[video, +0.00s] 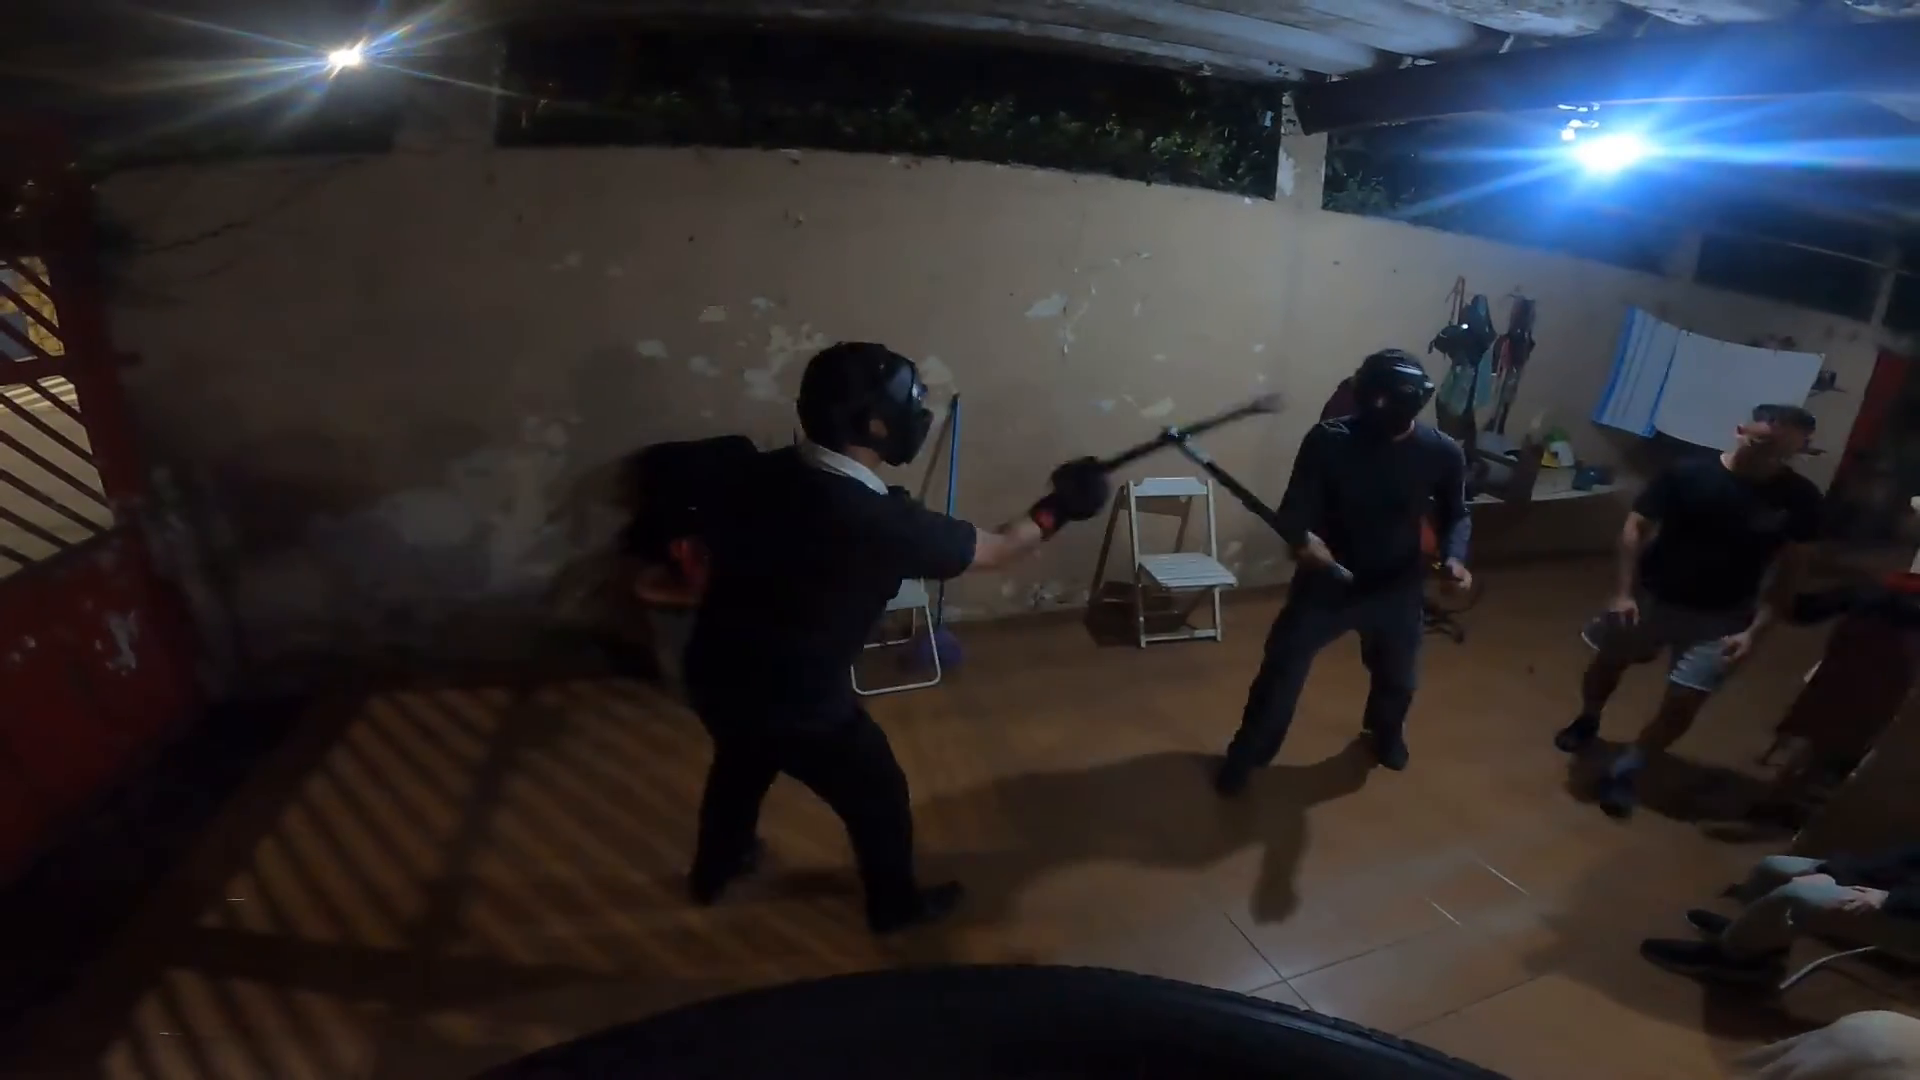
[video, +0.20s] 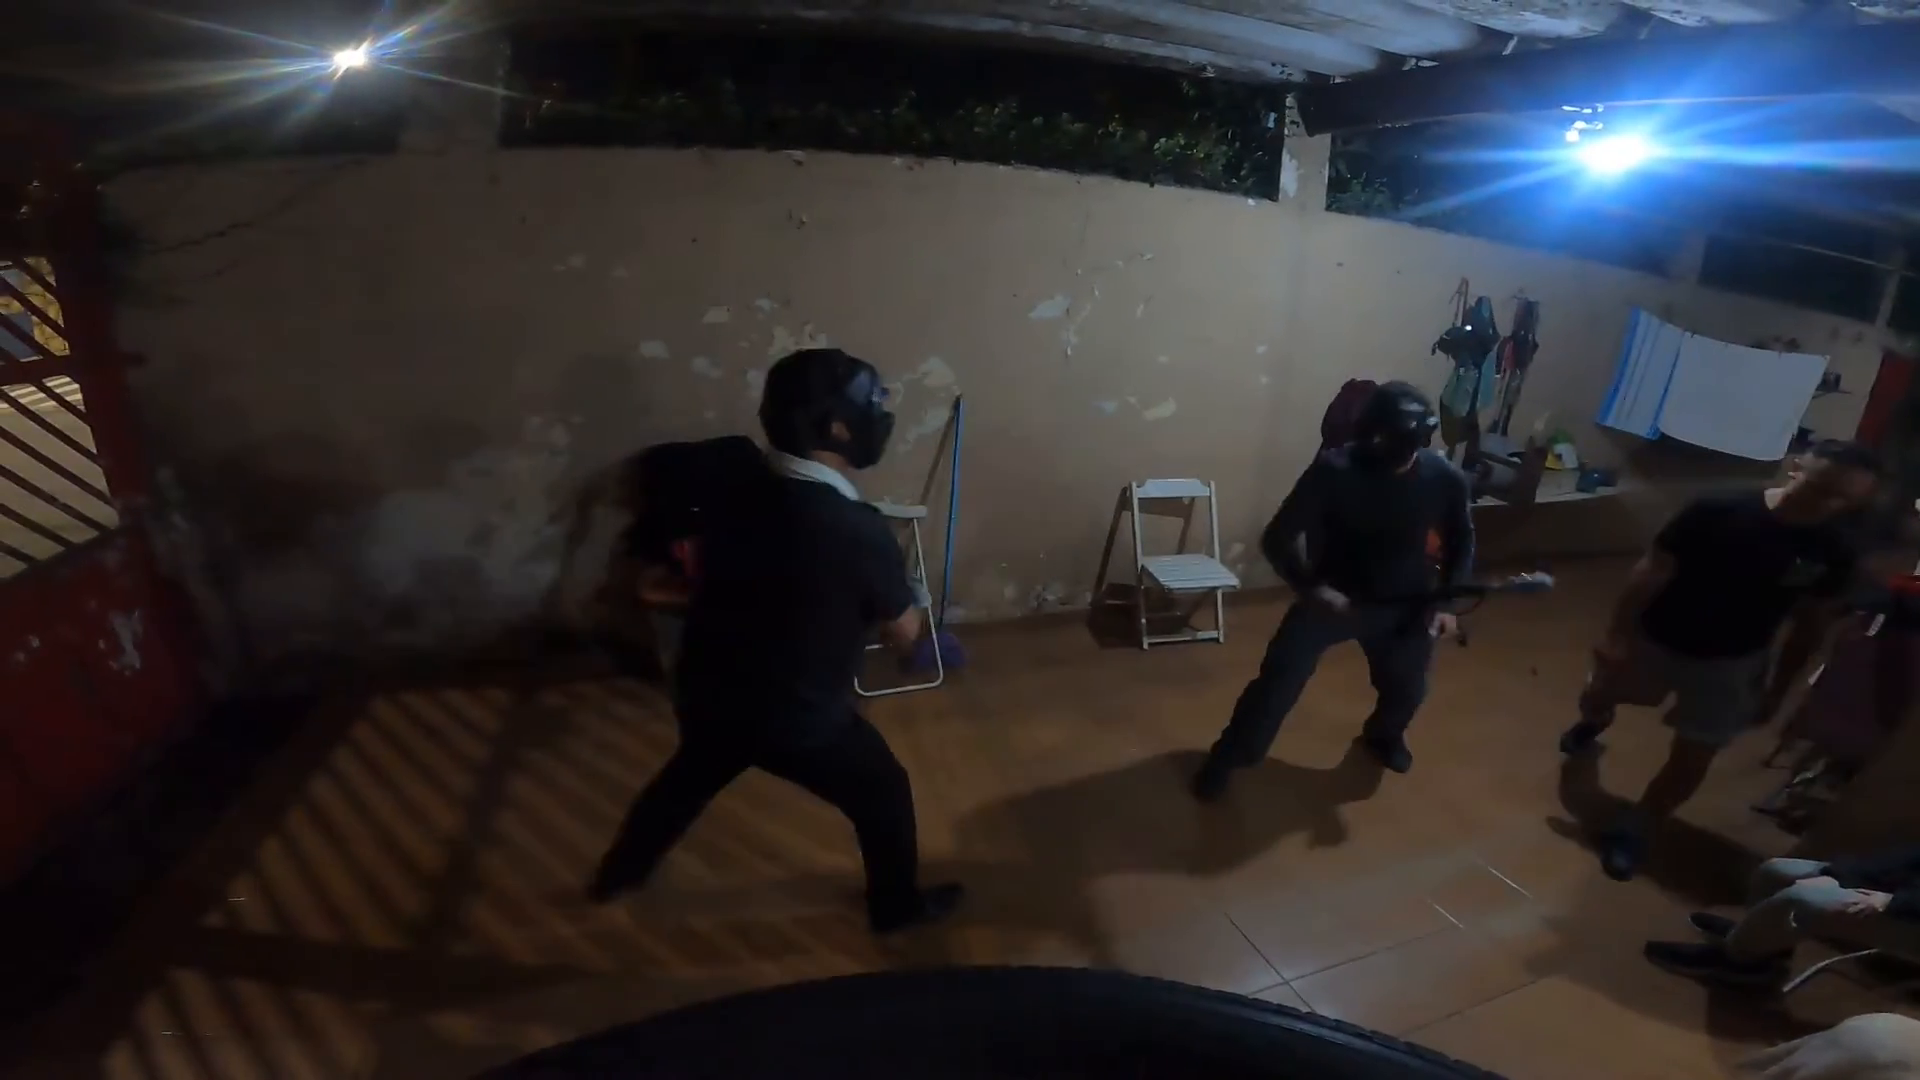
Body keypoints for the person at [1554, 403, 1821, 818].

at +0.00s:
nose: (1769, 458)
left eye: (1780, 451)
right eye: (1765, 446)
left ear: (1790, 455)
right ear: (1744, 435)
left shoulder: (1796, 501)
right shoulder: (1690, 473)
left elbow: (1787, 578)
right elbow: (1635, 524)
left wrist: (1753, 632)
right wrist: (1624, 593)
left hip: (1721, 619)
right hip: (1656, 599)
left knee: (1682, 707)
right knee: (1608, 658)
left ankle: (1626, 773)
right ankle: (1587, 720)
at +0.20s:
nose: (1829, 506)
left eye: (1844, 501)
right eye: (1827, 489)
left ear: (1850, 506)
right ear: (1799, 470)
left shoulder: (1829, 554)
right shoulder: (1718, 511)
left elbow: (1809, 630)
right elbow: (1651, 569)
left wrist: (1775, 693)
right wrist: (1616, 635)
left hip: (1730, 664)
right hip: (1658, 638)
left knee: (1689, 765)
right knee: (1604, 692)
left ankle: (1632, 835)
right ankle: (1590, 725)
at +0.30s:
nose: (1848, 515)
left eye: (1861, 509)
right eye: (1844, 498)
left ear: (1868, 516)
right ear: (1817, 477)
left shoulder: (1847, 561)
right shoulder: (1732, 516)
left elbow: (1821, 639)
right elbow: (1659, 570)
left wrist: (1793, 706)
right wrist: (1615, 636)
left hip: (1743, 675)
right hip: (1668, 649)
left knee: (1695, 775)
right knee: (1604, 713)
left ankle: (1634, 832)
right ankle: (1585, 741)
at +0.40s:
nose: (1884, 521)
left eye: (1899, 513)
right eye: (1880, 504)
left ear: (1910, 515)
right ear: (1850, 479)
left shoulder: (1881, 565)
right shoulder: (1757, 522)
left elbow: (1855, 647)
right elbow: (1668, 576)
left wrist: (1813, 722)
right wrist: (1626, 651)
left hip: (1757, 692)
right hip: (1677, 667)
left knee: (1700, 784)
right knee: (1620, 755)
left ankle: (1637, 832)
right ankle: (1588, 809)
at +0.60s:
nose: (1906, 551)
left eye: (1916, 539)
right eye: (1900, 531)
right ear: (1867, 503)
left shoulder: (1901, 597)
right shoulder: (1773, 558)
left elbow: (1900, 680)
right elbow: (1676, 626)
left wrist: (1853, 754)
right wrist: (1642, 711)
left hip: (1768, 736)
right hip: (1688, 714)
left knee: (1693, 801)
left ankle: (1633, 836)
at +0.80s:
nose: (1918, 568)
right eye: (1914, 548)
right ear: (1886, 529)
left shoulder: (1906, 633)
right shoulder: (1780, 592)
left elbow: (1908, 728)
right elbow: (1688, 677)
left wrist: (1868, 804)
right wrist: (1655, 779)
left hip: (1770, 791)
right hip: (1682, 763)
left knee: (1687, 870)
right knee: (1612, 877)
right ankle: (1561, 950)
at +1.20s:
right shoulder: (1847, 650)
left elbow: (1912, 837)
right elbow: (1667, 746)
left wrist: (1901, 909)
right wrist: (1637, 865)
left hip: (1791, 919)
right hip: (1689, 854)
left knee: (1662, 1046)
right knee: (1585, 926)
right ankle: (1562, 970)